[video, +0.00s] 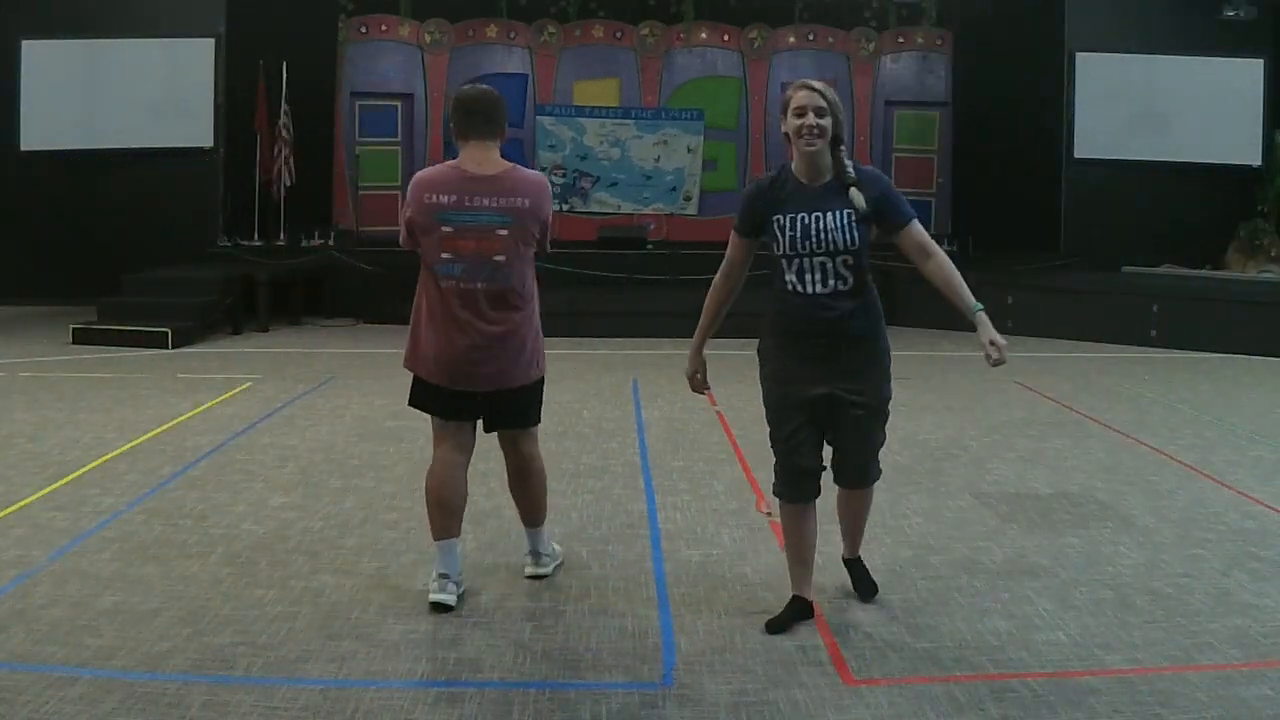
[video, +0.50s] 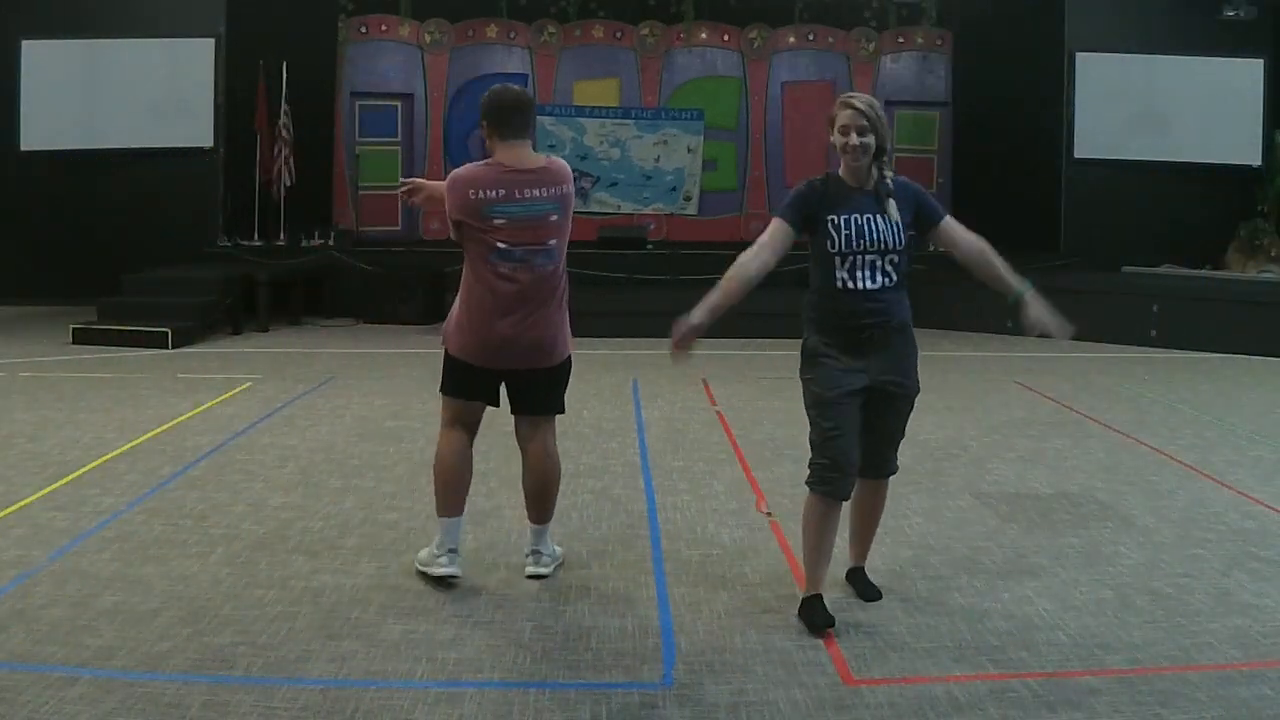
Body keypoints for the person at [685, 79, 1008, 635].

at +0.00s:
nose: (810, 121)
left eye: (820, 113)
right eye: (799, 113)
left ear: (836, 125)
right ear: (784, 127)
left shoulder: (869, 187)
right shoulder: (764, 197)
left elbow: (927, 252)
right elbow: (729, 275)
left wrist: (981, 319)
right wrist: (696, 347)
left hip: (860, 353)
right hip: (789, 355)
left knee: (859, 471)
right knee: (795, 478)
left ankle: (851, 556)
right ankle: (801, 596)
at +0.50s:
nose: (850, 139)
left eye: (860, 131)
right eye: (841, 131)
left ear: (879, 138)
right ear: (830, 139)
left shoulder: (907, 197)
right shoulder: (812, 197)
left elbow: (968, 245)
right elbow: (758, 255)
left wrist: (1025, 295)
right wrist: (702, 313)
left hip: (892, 354)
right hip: (831, 354)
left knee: (877, 467)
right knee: (833, 471)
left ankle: (858, 567)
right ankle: (812, 593)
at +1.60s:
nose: (876, 134)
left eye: (883, 125)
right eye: (865, 127)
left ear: (894, 131)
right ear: (845, 136)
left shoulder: (920, 179)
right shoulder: (831, 187)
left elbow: (986, 140)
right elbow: (779, 150)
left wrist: (1050, 102)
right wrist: (734, 106)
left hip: (911, 351)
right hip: (848, 352)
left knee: (901, 480)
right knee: (855, 477)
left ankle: (861, 556)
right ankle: (852, 597)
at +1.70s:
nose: (868, 131)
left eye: (875, 123)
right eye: (857, 125)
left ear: (888, 132)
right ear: (837, 137)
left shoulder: (913, 174)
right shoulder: (833, 186)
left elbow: (965, 126)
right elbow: (808, 146)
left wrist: (1009, 69)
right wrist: (793, 69)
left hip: (915, 347)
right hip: (852, 350)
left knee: (925, 484)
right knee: (854, 483)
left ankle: (875, 548)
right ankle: (854, 601)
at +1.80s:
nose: (868, 133)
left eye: (874, 123)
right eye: (855, 128)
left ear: (888, 131)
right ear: (841, 140)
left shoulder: (910, 176)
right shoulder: (834, 189)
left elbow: (950, 126)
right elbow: (835, 123)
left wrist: (965, 60)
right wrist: (863, 56)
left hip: (919, 345)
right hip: (855, 349)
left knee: (953, 477)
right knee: (857, 481)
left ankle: (903, 558)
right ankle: (855, 600)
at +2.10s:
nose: (872, 133)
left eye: (878, 121)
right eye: (859, 128)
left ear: (899, 125)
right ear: (850, 142)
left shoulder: (930, 182)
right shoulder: (852, 183)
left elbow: (969, 192)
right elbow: (929, 145)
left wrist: (945, 132)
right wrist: (998, 90)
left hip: (943, 351)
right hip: (877, 355)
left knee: (981, 479)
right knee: (868, 486)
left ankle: (1015, 596)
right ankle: (857, 602)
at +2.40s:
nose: (921, 129)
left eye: (931, 119)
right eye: (910, 124)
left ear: (954, 134)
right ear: (901, 141)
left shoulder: (982, 196)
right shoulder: (903, 181)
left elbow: (1022, 244)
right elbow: (992, 192)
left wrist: (1008, 163)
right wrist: (1084, 179)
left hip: (987, 358)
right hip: (920, 360)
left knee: (1005, 486)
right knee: (897, 488)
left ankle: (1015, 604)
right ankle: (861, 601)